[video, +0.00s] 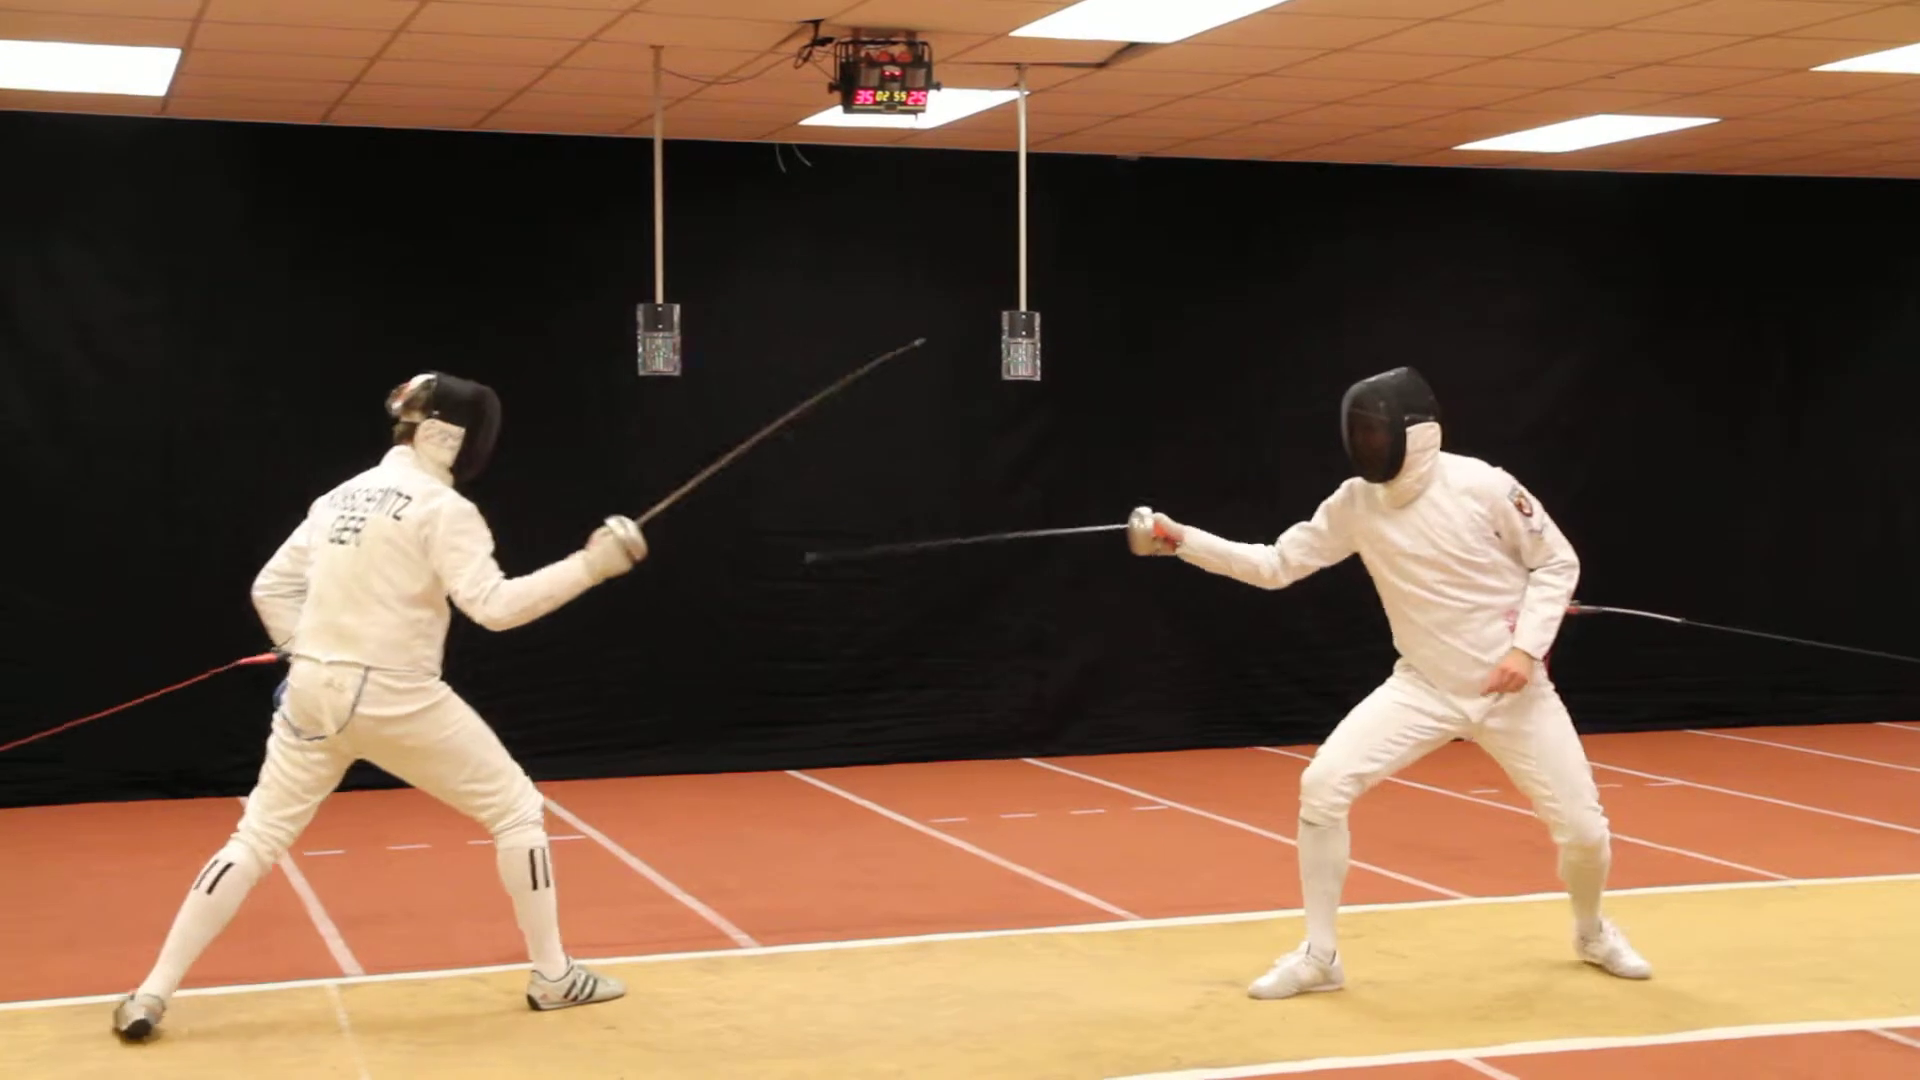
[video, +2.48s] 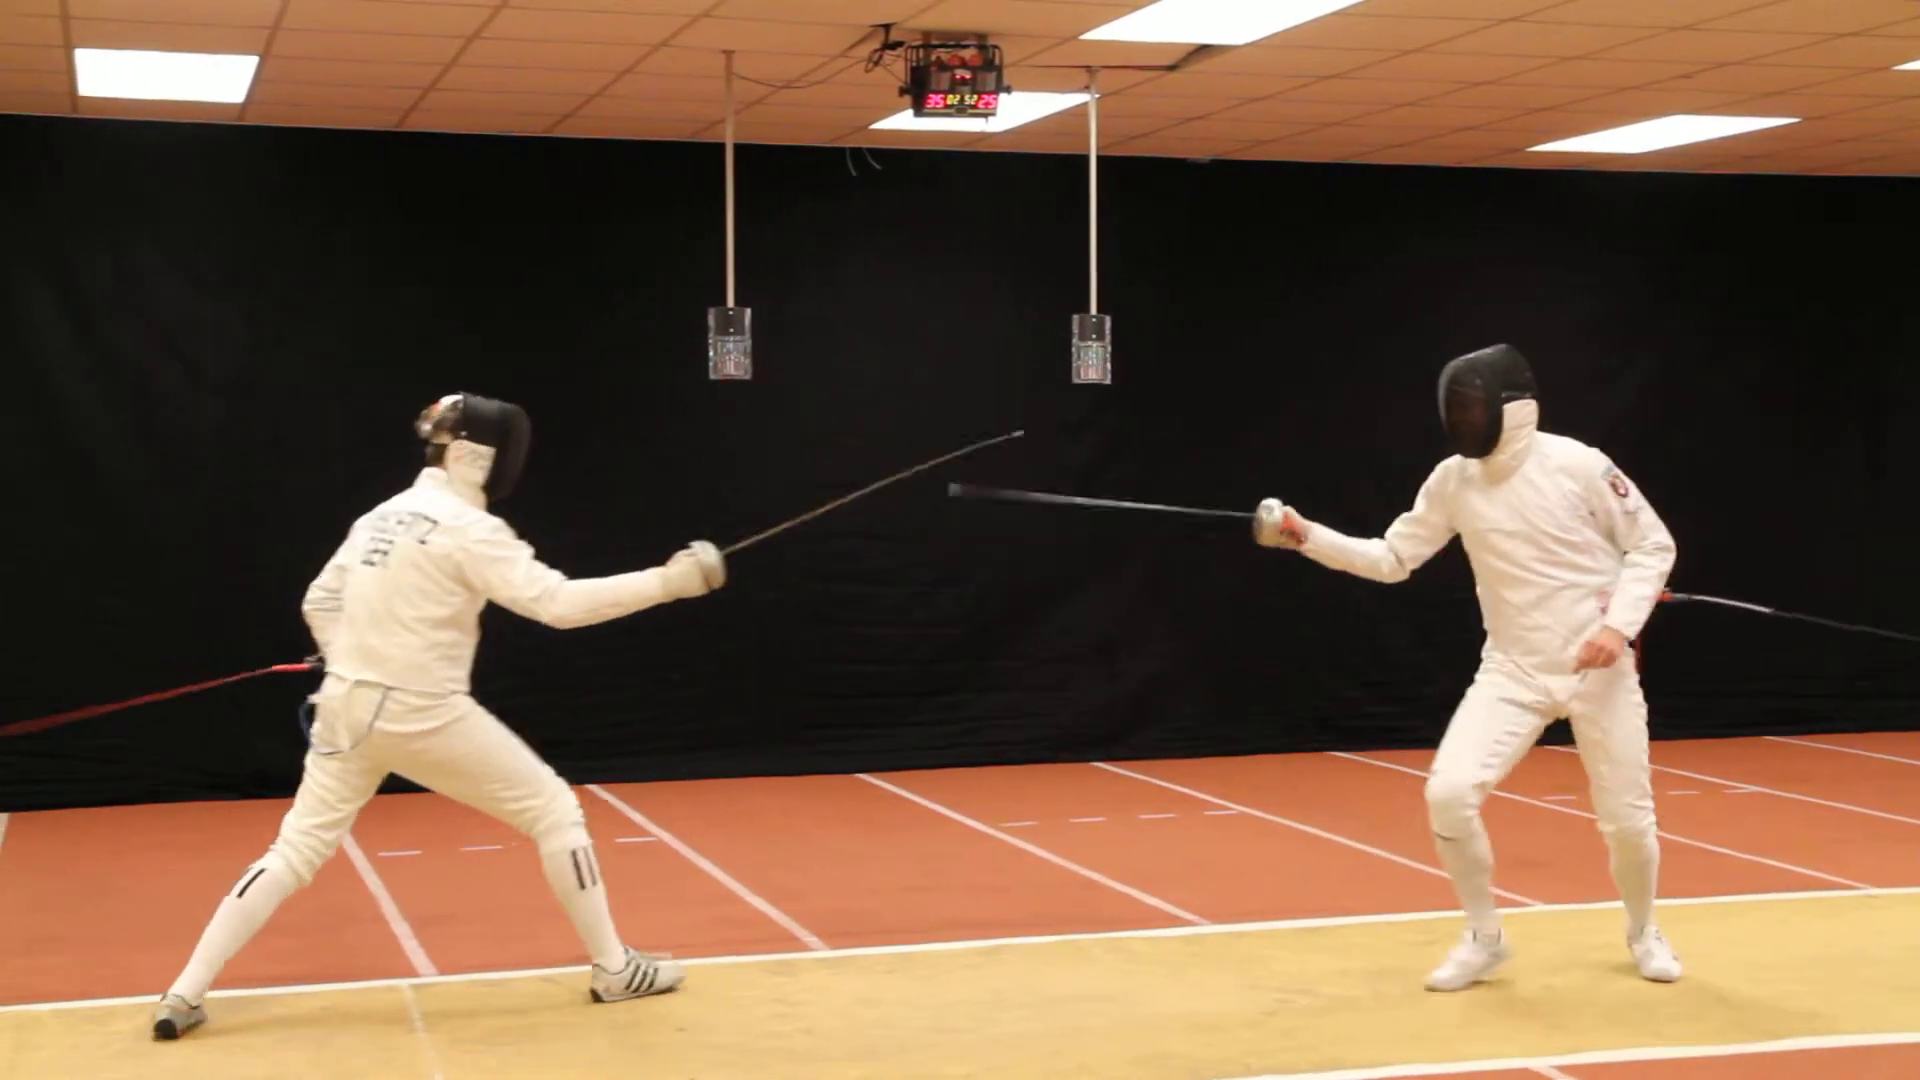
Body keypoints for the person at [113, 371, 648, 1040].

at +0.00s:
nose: (473, 448)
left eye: (472, 435)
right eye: (468, 433)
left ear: (408, 430)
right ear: (440, 434)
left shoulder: (339, 500)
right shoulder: (444, 509)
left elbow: (272, 590)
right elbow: (496, 606)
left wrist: (317, 667)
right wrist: (593, 561)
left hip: (309, 694)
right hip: (399, 697)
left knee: (254, 840)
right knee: (515, 810)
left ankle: (150, 996)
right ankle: (553, 975)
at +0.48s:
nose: (406, 441)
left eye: (406, 426)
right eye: (404, 427)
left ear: (333, 417)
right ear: (385, 427)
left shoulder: (271, 493)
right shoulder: (372, 498)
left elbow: (212, 584)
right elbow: (418, 594)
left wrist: (258, 654)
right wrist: (531, 601)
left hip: (250, 688)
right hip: (334, 690)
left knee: (220, 836)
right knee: (449, 811)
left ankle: (146, 998)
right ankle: (477, 980)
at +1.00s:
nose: (465, 444)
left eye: (464, 430)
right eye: (460, 429)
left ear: (405, 423)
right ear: (436, 429)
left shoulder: (333, 493)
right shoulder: (436, 501)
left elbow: (270, 581)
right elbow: (505, 588)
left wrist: (313, 654)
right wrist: (612, 560)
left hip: (305, 684)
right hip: (388, 688)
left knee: (259, 835)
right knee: (501, 807)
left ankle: (171, 1001)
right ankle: (501, 981)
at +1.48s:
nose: (431, 455)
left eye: (428, 442)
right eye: (429, 443)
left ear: (363, 435)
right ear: (410, 443)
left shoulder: (300, 509)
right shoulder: (405, 517)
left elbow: (236, 600)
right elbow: (476, 604)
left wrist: (284, 671)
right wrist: (580, 570)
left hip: (280, 707)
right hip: (367, 707)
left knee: (258, 851)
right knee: (488, 809)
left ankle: (178, 1001)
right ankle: (514, 980)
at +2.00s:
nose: (458, 452)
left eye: (457, 439)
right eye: (454, 440)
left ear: (389, 433)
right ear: (432, 439)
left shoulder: (332, 506)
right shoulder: (425, 508)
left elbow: (280, 599)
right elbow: (486, 595)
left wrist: (324, 667)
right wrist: (600, 596)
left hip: (317, 698)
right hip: (397, 697)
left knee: (302, 842)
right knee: (516, 805)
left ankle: (203, 970)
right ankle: (537, 973)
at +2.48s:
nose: (503, 471)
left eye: (493, 453)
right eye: (502, 458)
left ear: (438, 449)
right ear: (488, 459)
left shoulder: (379, 518)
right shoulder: (473, 530)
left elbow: (320, 603)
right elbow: (560, 604)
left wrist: (355, 675)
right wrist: (670, 580)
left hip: (345, 709)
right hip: (427, 714)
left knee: (293, 851)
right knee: (553, 812)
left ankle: (184, 993)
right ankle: (615, 967)